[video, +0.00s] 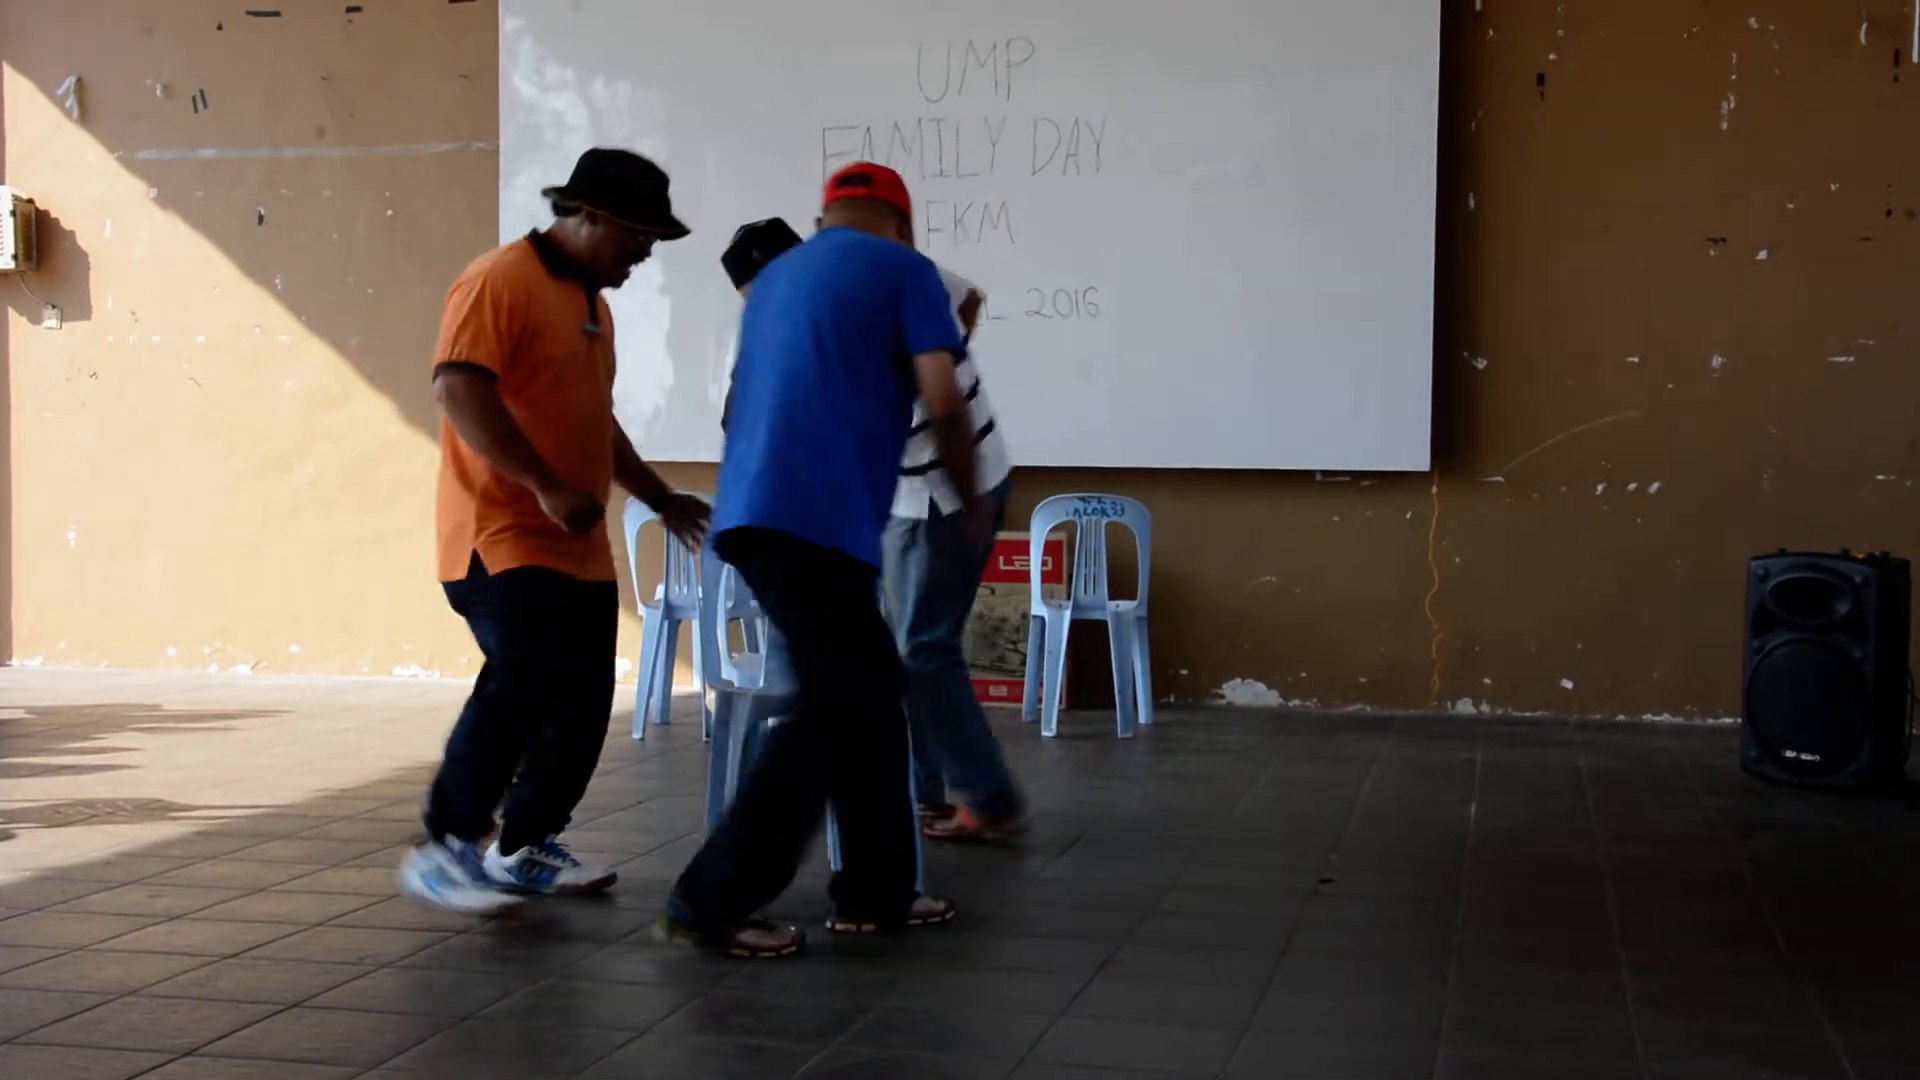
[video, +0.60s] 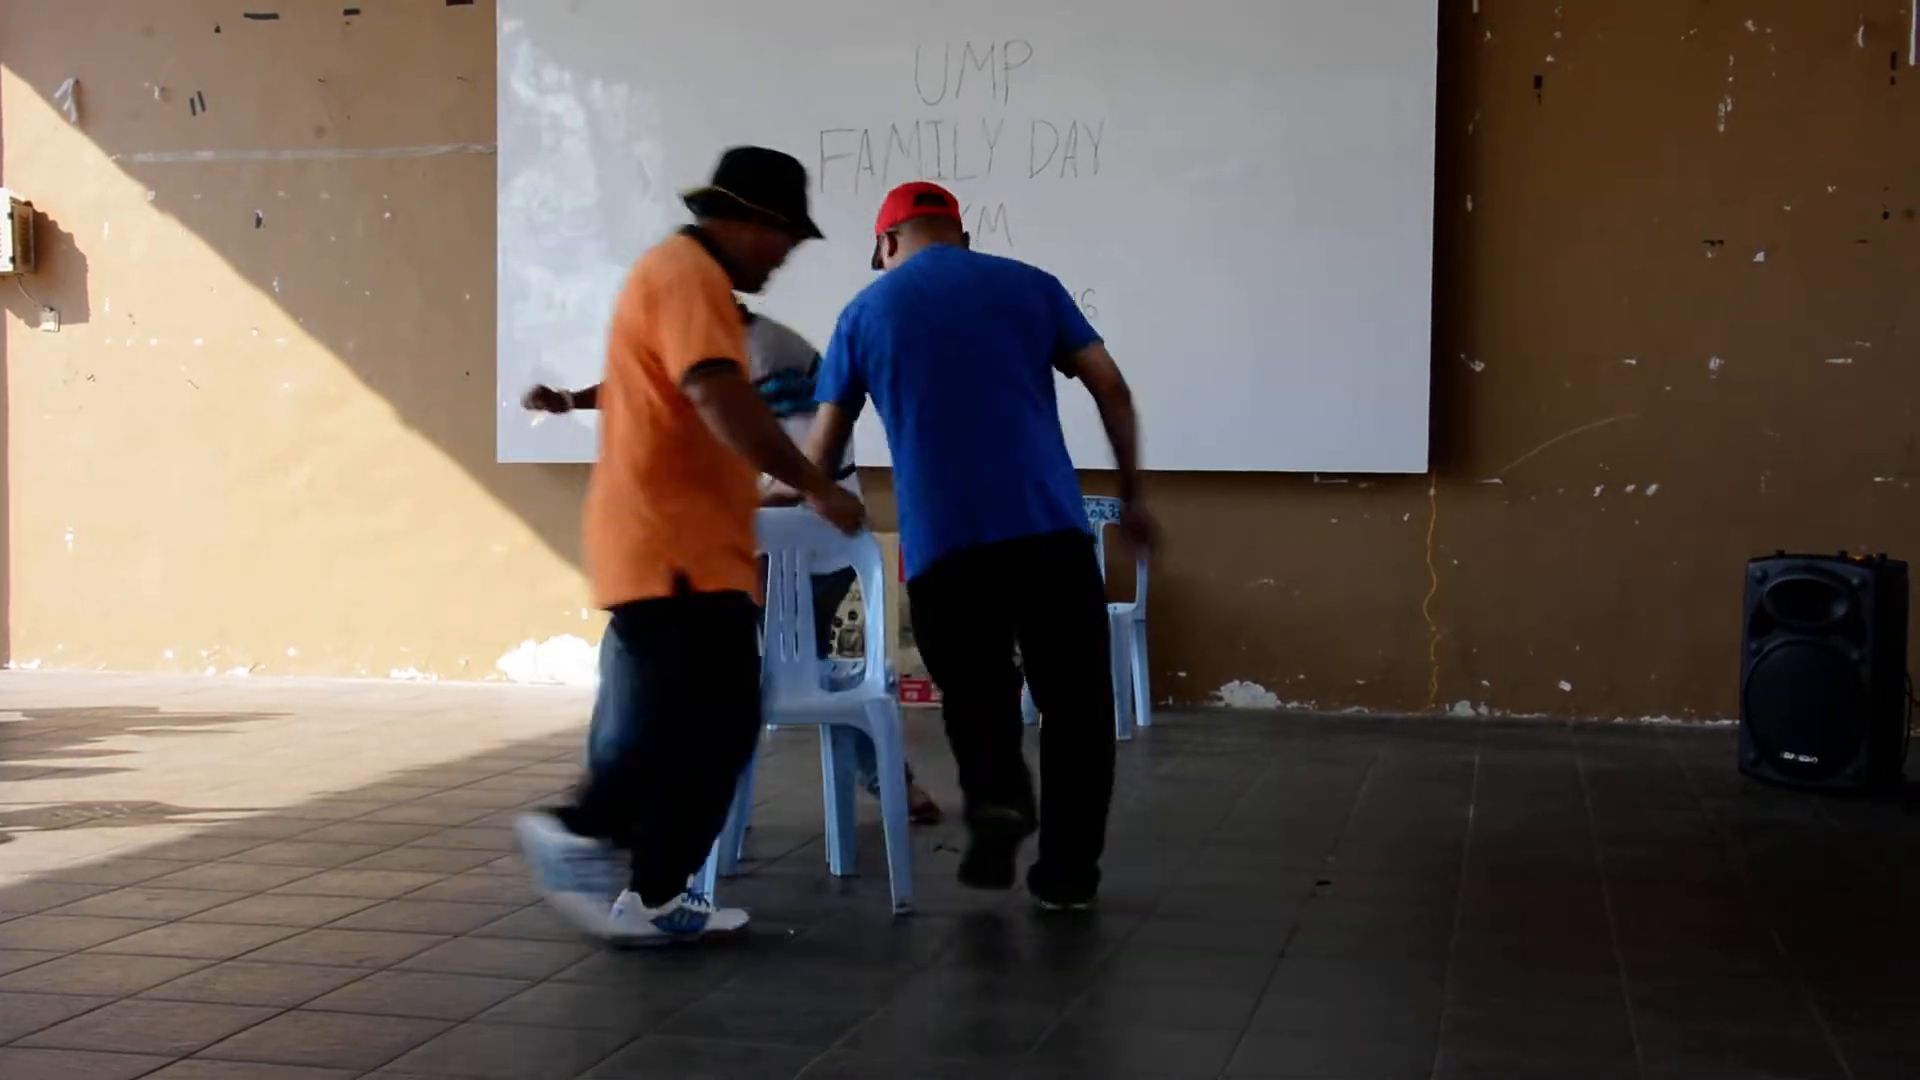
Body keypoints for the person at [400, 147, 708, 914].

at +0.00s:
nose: (641, 260)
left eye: (648, 247)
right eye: (636, 243)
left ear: (597, 225)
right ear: (589, 218)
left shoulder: (593, 308)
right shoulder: (499, 279)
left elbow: (594, 422)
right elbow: (457, 386)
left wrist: (662, 499)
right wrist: (544, 481)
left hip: (577, 537)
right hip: (499, 532)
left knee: (583, 691)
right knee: (525, 675)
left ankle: (525, 845)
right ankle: (445, 844)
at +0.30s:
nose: (688, 252)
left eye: (695, 238)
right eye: (685, 234)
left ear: (651, 219)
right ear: (645, 212)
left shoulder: (616, 285)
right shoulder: (565, 268)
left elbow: (591, 410)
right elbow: (563, 387)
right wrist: (665, 470)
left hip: (610, 550)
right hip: (537, 551)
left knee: (643, 699)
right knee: (534, 717)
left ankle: (548, 834)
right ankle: (477, 886)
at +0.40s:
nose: (720, 237)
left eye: (726, 222)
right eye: (717, 218)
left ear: (676, 205)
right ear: (678, 201)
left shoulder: (640, 271)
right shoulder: (604, 253)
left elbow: (643, 420)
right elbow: (636, 387)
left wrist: (717, 383)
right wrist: (739, 462)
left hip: (636, 540)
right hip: (569, 537)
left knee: (677, 682)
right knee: (553, 708)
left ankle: (617, 862)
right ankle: (483, 881)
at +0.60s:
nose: (782, 258)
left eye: (790, 243)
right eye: (782, 239)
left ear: (724, 216)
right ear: (745, 219)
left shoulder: (669, 271)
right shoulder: (688, 274)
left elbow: (653, 392)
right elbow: (719, 396)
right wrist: (818, 486)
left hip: (668, 541)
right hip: (677, 546)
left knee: (694, 713)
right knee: (711, 717)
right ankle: (576, 837)